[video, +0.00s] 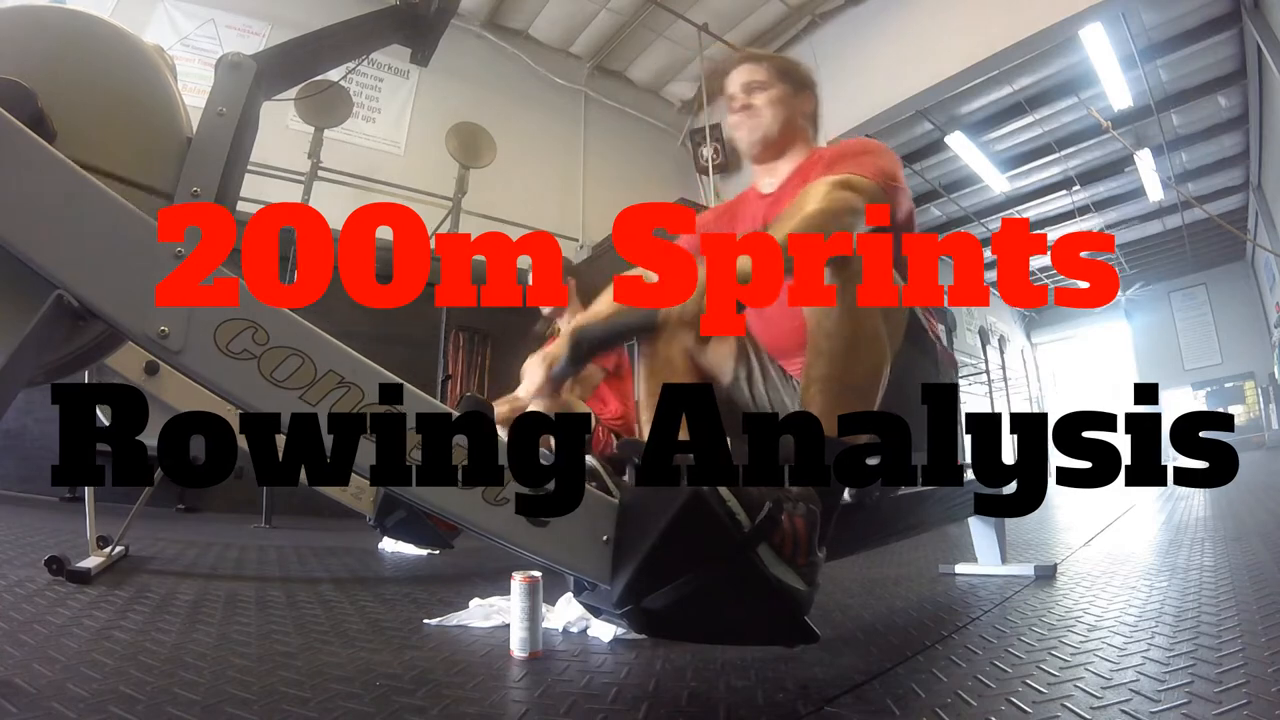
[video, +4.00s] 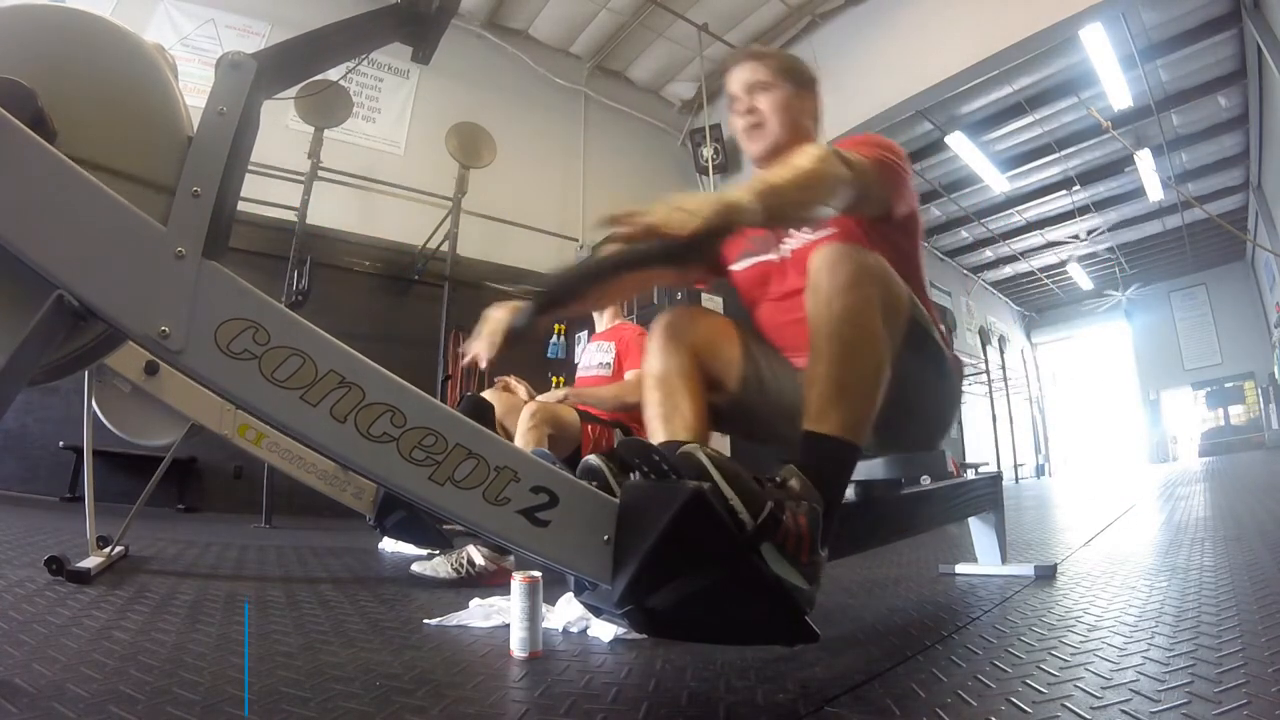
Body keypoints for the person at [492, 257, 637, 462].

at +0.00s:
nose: (541, 296)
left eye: (548, 286)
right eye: (537, 287)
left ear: (570, 285)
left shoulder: (604, 334)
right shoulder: (549, 346)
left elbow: (576, 393)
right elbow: (523, 395)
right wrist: (480, 411)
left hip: (611, 437)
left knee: (542, 405)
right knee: (500, 419)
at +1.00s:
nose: (452, 300)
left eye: (457, 289)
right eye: (450, 294)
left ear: (487, 286)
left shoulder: (525, 323)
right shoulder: (478, 348)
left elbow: (511, 393)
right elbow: (469, 397)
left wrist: (479, 397)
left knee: (520, 383)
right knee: (447, 398)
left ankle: (499, 475)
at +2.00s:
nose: (481, 296)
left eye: (488, 286)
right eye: (478, 291)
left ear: (516, 282)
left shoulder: (552, 323)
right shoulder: (503, 340)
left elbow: (536, 388)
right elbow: (490, 399)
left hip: (585, 440)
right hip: (529, 438)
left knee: (531, 389)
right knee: (454, 403)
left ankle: (489, 474)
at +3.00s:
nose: (589, 295)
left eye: (597, 287)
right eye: (587, 292)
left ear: (621, 294)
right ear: (587, 301)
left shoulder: (639, 339)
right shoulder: (595, 347)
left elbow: (668, 398)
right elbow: (572, 404)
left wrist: (651, 335)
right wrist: (562, 365)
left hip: (607, 434)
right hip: (572, 430)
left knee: (534, 371)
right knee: (475, 401)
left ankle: (505, 468)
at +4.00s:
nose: (601, 283)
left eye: (612, 273)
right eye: (601, 274)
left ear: (624, 285)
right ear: (595, 281)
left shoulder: (633, 334)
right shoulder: (590, 342)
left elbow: (637, 393)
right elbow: (586, 402)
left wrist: (571, 392)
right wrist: (536, 400)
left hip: (617, 430)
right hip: (577, 427)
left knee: (538, 414)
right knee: (489, 402)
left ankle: (496, 550)